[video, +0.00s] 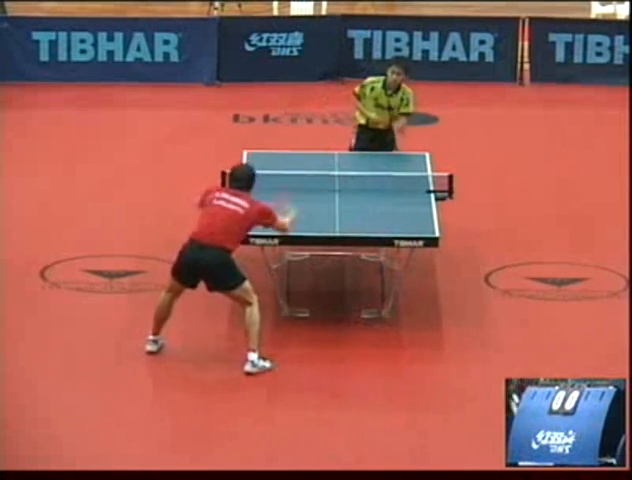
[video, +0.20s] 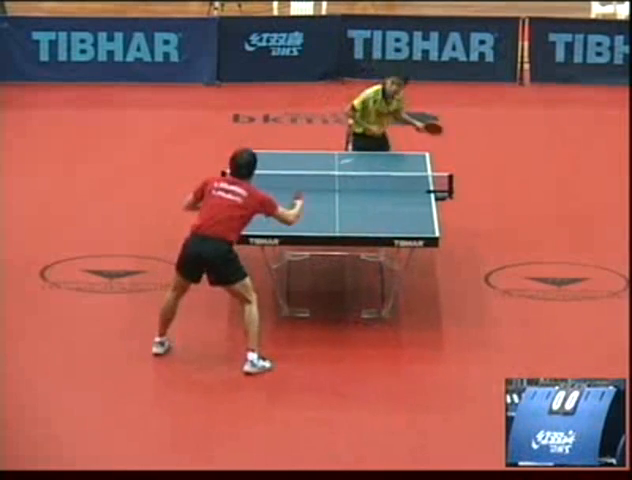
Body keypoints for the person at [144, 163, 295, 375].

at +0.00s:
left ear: (229, 181)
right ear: (251, 185)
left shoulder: (212, 193)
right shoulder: (255, 208)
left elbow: (200, 205)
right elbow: (282, 226)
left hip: (192, 249)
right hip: (218, 256)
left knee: (171, 293)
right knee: (250, 302)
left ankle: (153, 338)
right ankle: (253, 357)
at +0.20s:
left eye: (234, 164)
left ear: (230, 168)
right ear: (253, 172)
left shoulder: (213, 183)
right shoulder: (256, 197)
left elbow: (189, 205)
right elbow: (290, 219)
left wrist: (212, 204)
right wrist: (299, 205)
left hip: (194, 243)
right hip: (221, 248)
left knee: (176, 292)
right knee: (249, 299)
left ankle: (160, 339)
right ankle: (253, 357)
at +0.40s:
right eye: (244, 166)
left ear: (222, 165)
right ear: (245, 170)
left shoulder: (204, 183)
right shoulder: (246, 194)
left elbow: (189, 212)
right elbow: (276, 225)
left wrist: (211, 207)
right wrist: (279, 215)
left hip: (186, 240)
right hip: (212, 246)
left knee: (172, 290)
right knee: (241, 299)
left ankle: (159, 339)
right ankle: (251, 356)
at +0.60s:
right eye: (240, 168)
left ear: (218, 167)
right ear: (240, 170)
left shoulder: (200, 185)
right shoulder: (243, 196)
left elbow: (186, 215)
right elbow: (259, 238)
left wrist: (198, 231)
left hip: (184, 241)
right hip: (212, 246)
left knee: (171, 291)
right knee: (240, 300)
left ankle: (159, 339)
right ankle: (251, 357)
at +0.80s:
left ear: (204, 163)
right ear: (227, 164)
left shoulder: (190, 184)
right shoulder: (236, 189)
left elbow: (177, 220)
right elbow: (240, 229)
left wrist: (193, 223)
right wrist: (229, 244)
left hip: (185, 240)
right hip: (214, 243)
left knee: (171, 290)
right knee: (238, 300)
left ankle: (159, 339)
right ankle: (251, 356)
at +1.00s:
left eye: (181, 157)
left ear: (178, 160)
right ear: (201, 157)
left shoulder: (169, 183)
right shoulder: (216, 180)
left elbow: (156, 220)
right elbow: (229, 219)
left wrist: (171, 230)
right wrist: (216, 239)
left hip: (177, 239)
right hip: (204, 238)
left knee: (166, 288)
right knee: (229, 298)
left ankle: (160, 339)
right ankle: (249, 352)